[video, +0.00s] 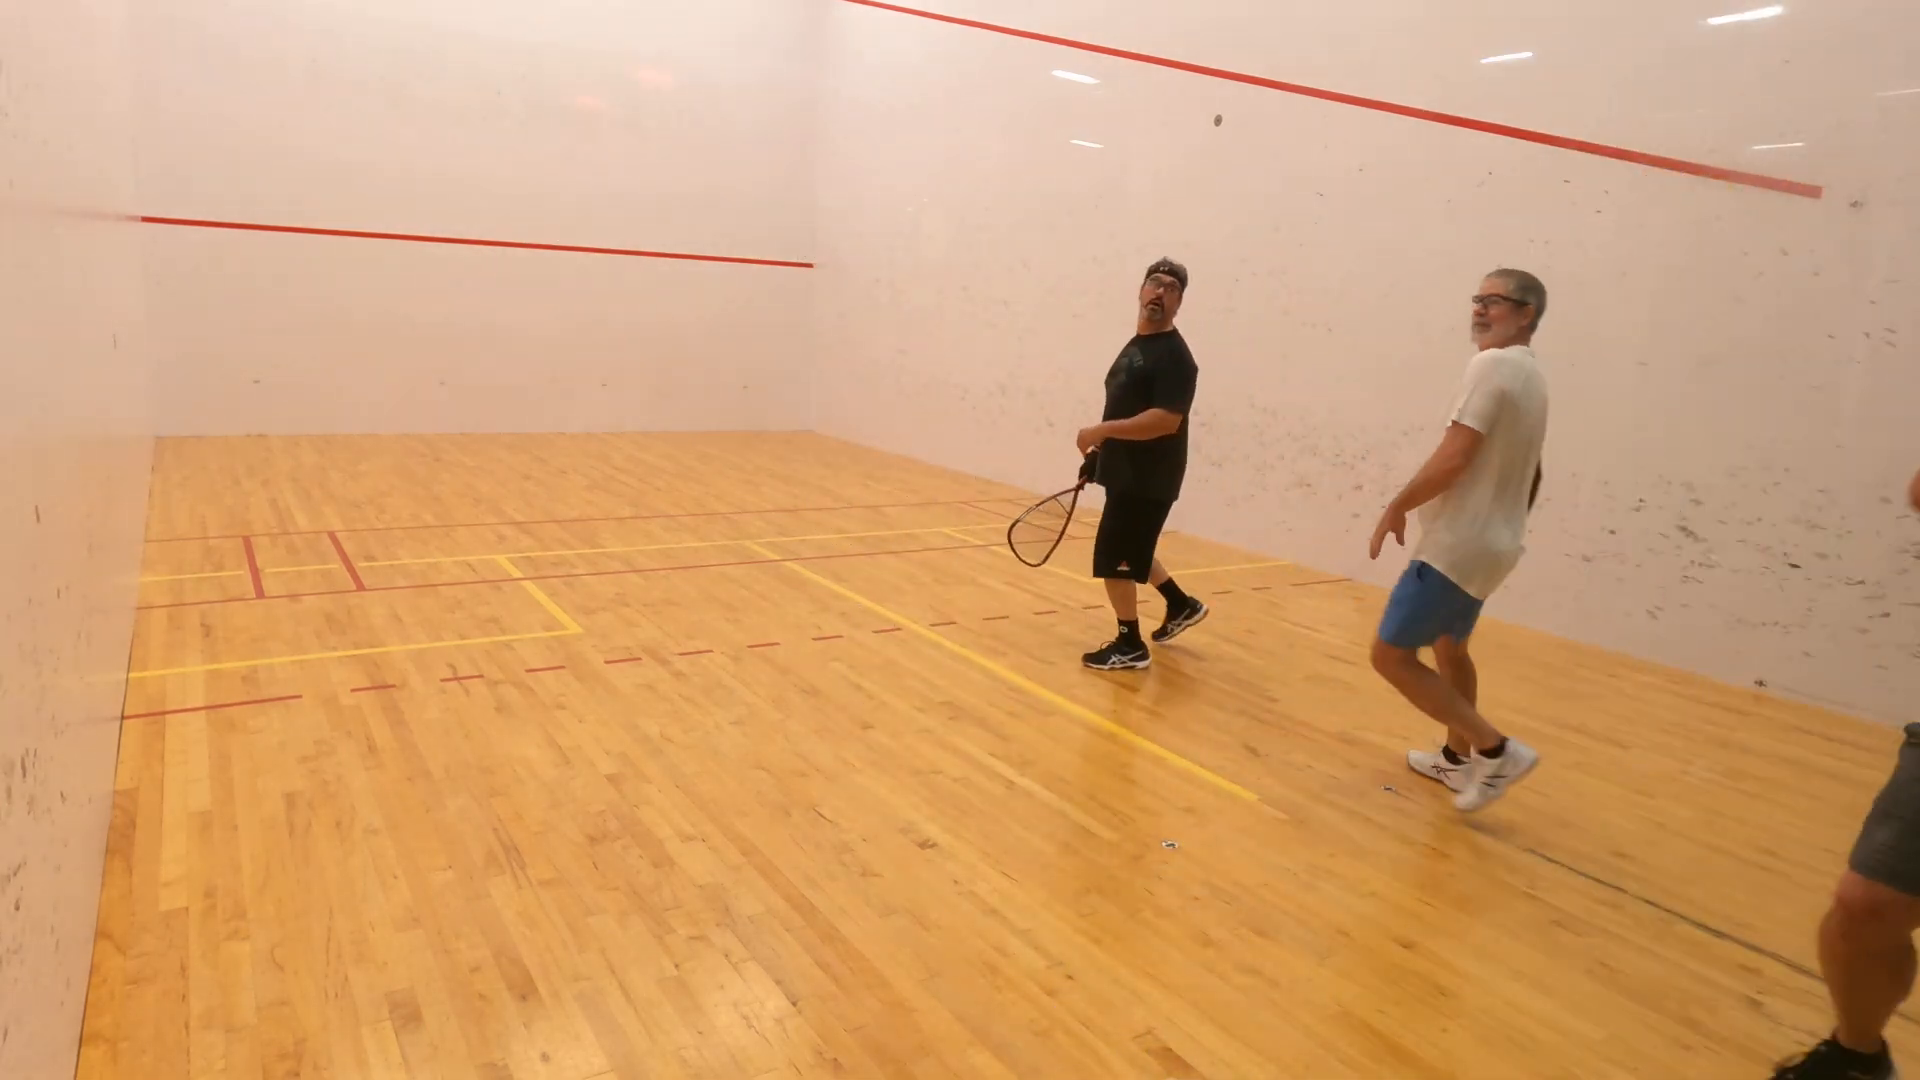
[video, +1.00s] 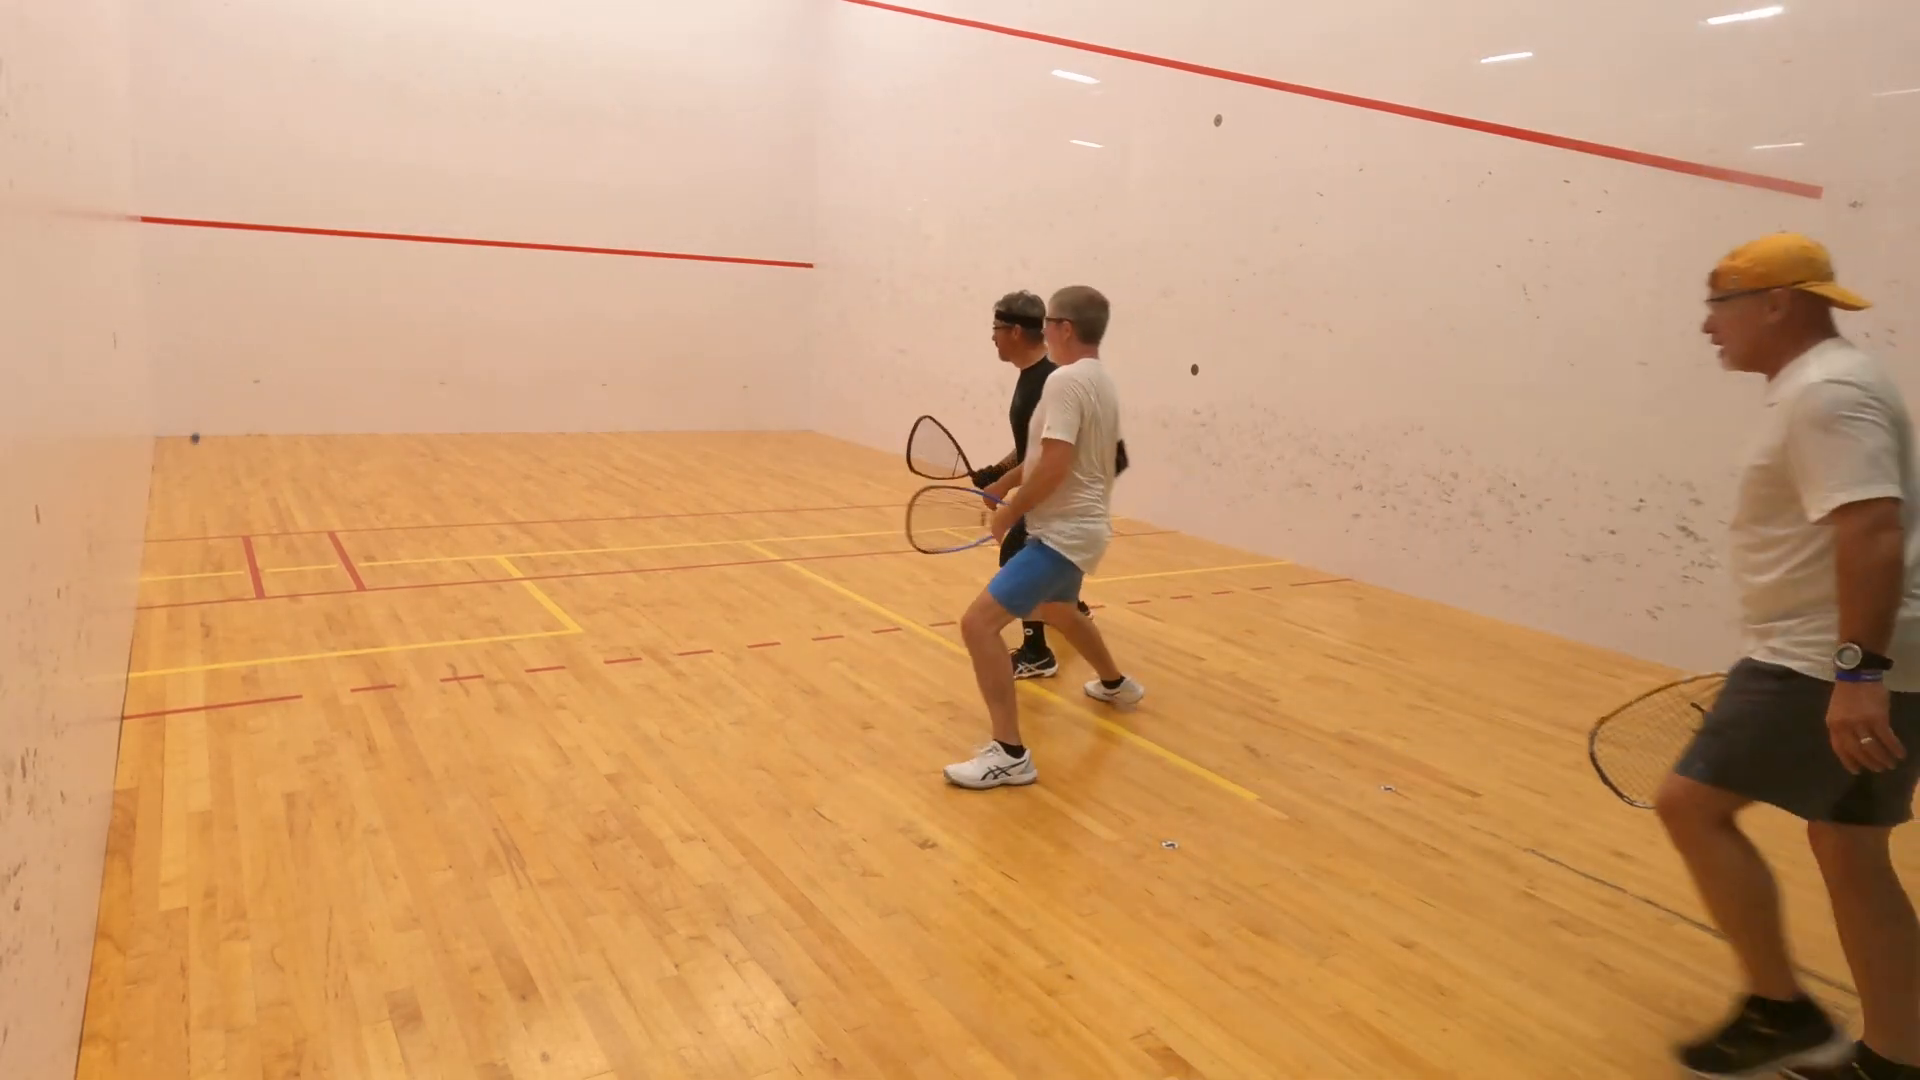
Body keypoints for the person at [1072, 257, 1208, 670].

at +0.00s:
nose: (1160, 293)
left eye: (1170, 289)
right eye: (1155, 284)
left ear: (1179, 303)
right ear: (1141, 291)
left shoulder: (1176, 357)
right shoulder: (1138, 346)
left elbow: (1168, 419)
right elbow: (1123, 410)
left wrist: (1102, 431)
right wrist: (1098, 454)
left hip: (1149, 479)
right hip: (1126, 472)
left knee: (1115, 559)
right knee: (1130, 548)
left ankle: (1131, 643)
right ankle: (1180, 602)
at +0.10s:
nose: (1144, 291)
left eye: (1154, 287)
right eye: (1139, 282)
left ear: (1165, 301)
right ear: (1126, 290)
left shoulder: (1160, 354)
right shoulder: (1125, 344)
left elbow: (1153, 417)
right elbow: (1113, 408)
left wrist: (1090, 432)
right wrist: (1094, 455)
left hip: (1140, 474)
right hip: (1118, 467)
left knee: (1112, 550)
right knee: (1103, 536)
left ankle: (1129, 644)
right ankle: (1140, 603)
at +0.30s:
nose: (1108, 290)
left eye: (1120, 286)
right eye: (1106, 281)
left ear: (1137, 299)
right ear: (1098, 288)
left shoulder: (1132, 351)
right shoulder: (1103, 339)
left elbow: (1126, 415)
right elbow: (1093, 404)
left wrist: (1068, 433)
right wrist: (1079, 458)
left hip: (1119, 468)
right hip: (1095, 462)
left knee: (1105, 554)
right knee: (1076, 531)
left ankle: (1130, 642)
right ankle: (1076, 604)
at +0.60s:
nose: (1058, 289)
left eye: (1065, 284)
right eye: (1061, 283)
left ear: (1082, 293)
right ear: (1088, 294)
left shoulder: (1095, 346)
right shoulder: (1084, 337)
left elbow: (1089, 413)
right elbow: (1079, 404)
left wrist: (1041, 432)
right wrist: (1054, 441)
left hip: (1088, 463)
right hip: (1079, 458)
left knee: (1063, 542)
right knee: (1066, 535)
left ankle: (1091, 635)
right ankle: (1075, 604)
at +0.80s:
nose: (1026, 314)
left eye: (1031, 307)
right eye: (1027, 306)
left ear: (1049, 312)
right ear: (1059, 313)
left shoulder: (1071, 362)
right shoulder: (1060, 356)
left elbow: (1064, 428)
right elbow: (1057, 424)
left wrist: (1018, 453)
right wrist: (1031, 458)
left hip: (1074, 477)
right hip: (1067, 474)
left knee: (1036, 548)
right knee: (1056, 545)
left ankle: (1046, 641)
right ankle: (1078, 610)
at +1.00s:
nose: (993, 337)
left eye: (998, 329)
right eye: (994, 328)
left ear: (1019, 333)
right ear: (1020, 332)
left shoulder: (1049, 382)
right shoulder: (1030, 377)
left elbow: (1051, 455)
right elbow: (1033, 447)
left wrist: (1006, 489)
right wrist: (998, 473)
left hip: (1045, 498)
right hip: (1031, 493)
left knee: (1016, 561)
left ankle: (1037, 649)